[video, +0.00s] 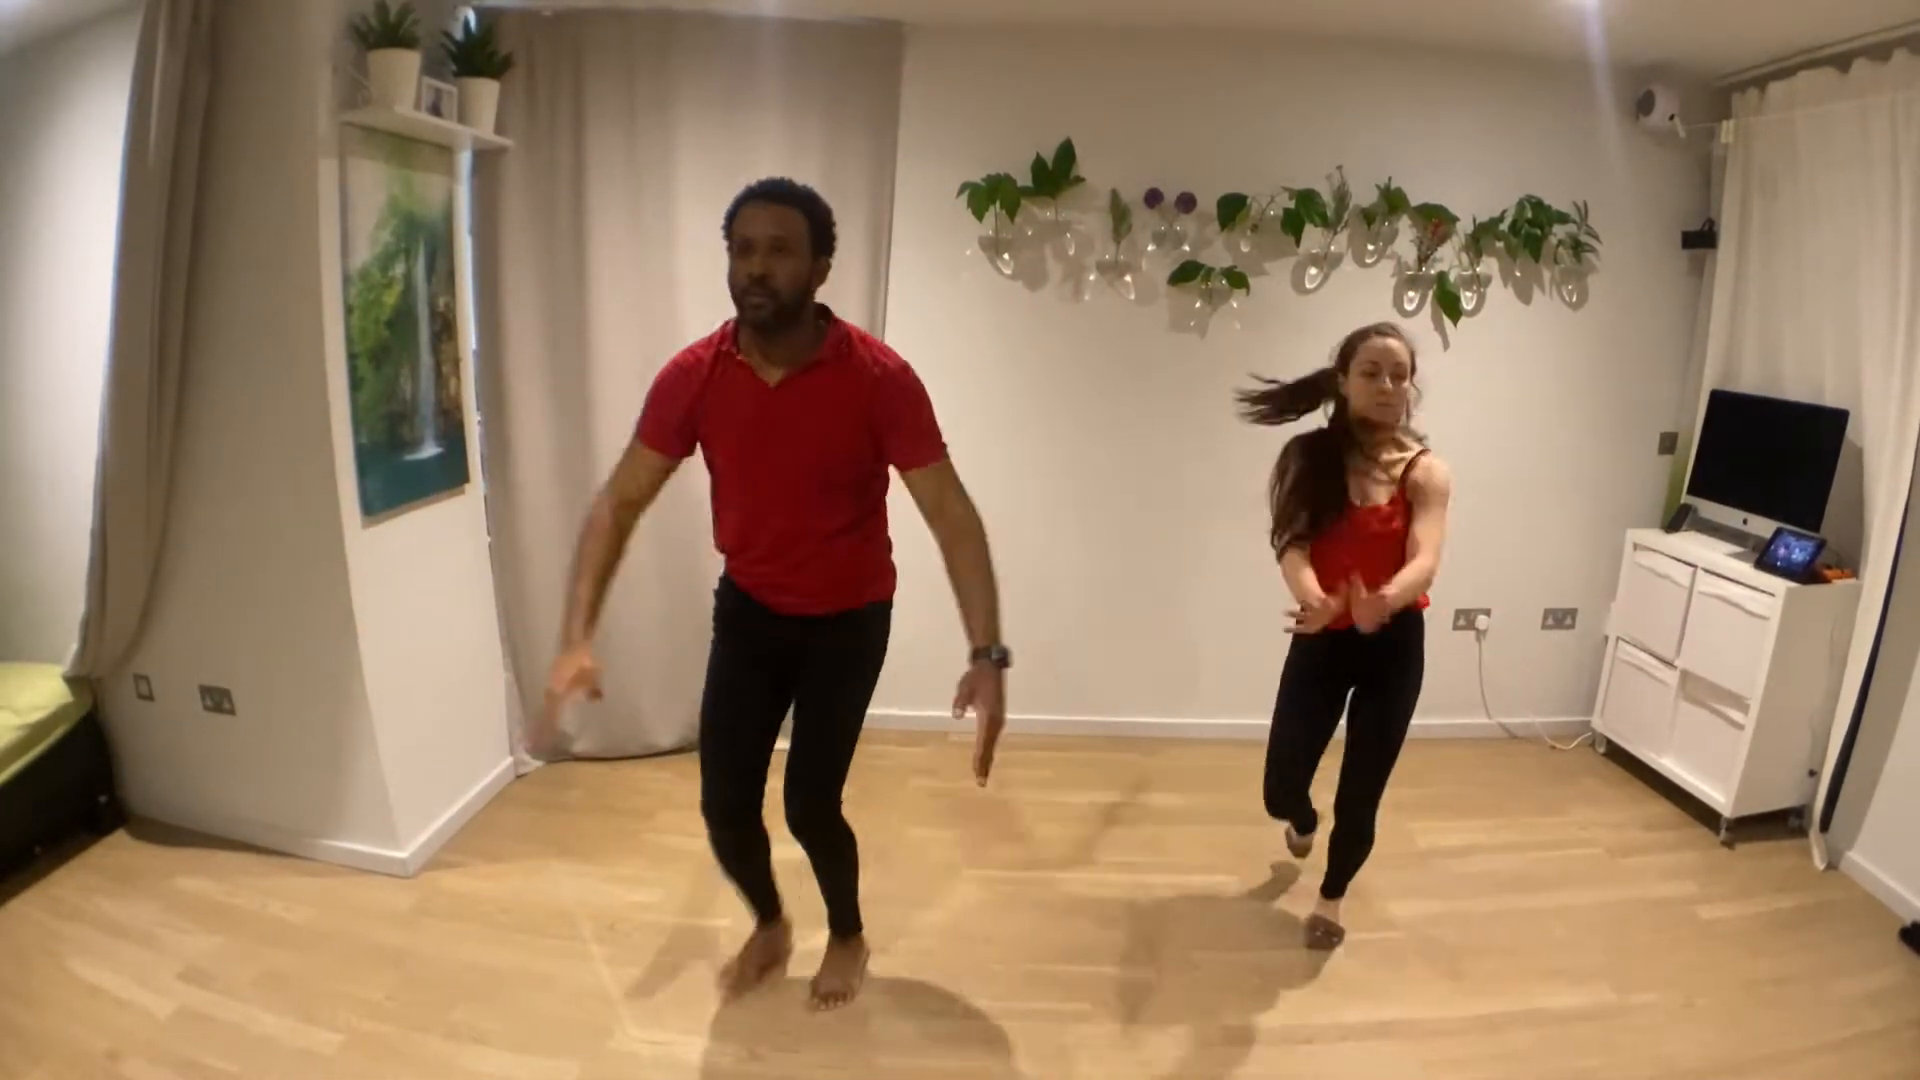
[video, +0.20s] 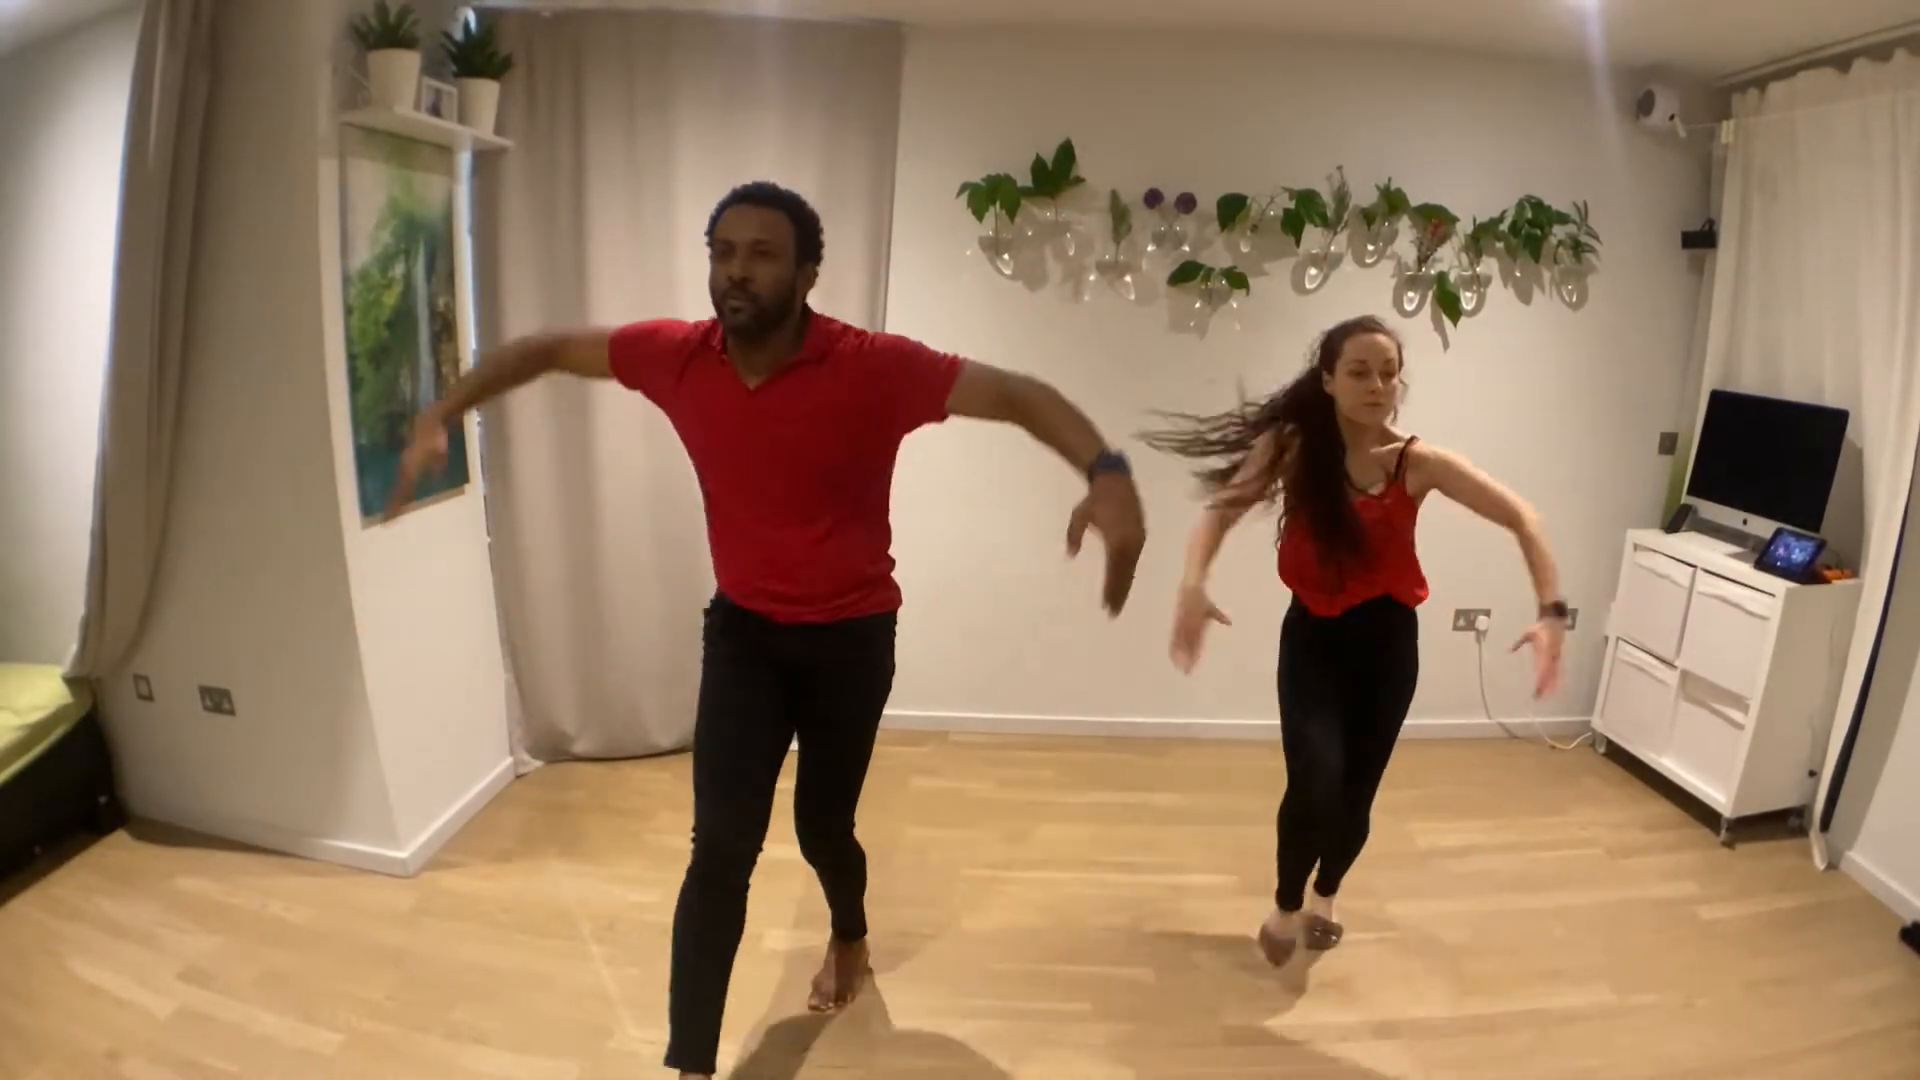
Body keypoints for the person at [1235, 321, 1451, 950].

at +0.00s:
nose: (1386, 386)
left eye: (1399, 376)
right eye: (1371, 373)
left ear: (1412, 388)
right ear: (1342, 382)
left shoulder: (1426, 472)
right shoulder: (1308, 457)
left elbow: (1427, 559)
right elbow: (1291, 545)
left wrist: (1387, 600)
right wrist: (1314, 596)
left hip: (1394, 647)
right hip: (1321, 640)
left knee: (1357, 796)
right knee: (1281, 790)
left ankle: (1332, 899)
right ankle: (1305, 825)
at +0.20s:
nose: (1378, 385)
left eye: (1389, 372)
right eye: (1361, 372)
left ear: (1402, 382)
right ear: (1328, 381)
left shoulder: (1420, 462)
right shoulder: (1290, 448)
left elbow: (1521, 516)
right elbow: (1220, 511)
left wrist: (1552, 610)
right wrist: (1193, 585)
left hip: (1387, 639)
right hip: (1312, 634)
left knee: (1356, 793)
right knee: (1315, 782)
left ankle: (1324, 895)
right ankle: (1287, 907)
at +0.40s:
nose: (1366, 388)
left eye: (1377, 374)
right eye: (1348, 374)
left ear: (1390, 384)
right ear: (1313, 385)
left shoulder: (1401, 451)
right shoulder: (1277, 445)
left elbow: (1514, 468)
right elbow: (1175, 458)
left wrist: (1594, 515)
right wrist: (1085, 482)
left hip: (1382, 662)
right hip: (1303, 663)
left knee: (1346, 816)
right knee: (1287, 835)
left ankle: (1307, 894)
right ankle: (1240, 1008)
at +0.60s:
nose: (1349, 397)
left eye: (1360, 384)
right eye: (1330, 384)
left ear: (1373, 395)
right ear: (1292, 394)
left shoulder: (1380, 467)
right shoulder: (1253, 463)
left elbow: (1476, 465)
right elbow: (1136, 452)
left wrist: (1571, 472)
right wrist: (1035, 428)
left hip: (1355, 682)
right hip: (1272, 684)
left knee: (1335, 835)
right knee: (1258, 863)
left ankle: (1297, 887)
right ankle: (1233, 1014)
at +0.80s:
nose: (1331, 408)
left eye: (1342, 394)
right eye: (1311, 395)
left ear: (1356, 408)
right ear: (1271, 409)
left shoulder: (1370, 505)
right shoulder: (1234, 497)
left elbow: (1471, 514)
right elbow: (1122, 491)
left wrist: (1553, 486)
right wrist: (1029, 437)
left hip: (1321, 719)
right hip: (1235, 713)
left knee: (1310, 893)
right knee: (1232, 888)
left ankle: (1259, 882)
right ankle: (1237, 1020)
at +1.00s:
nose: (1315, 406)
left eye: (1328, 393)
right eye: (1295, 393)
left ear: (1341, 406)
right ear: (1261, 407)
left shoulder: (1359, 512)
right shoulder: (1218, 497)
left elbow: (1463, 586)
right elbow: (1140, 555)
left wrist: (1578, 591)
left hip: (1311, 708)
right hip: (1229, 702)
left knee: (1275, 866)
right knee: (1230, 870)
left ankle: (1219, 874)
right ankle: (1234, 1014)